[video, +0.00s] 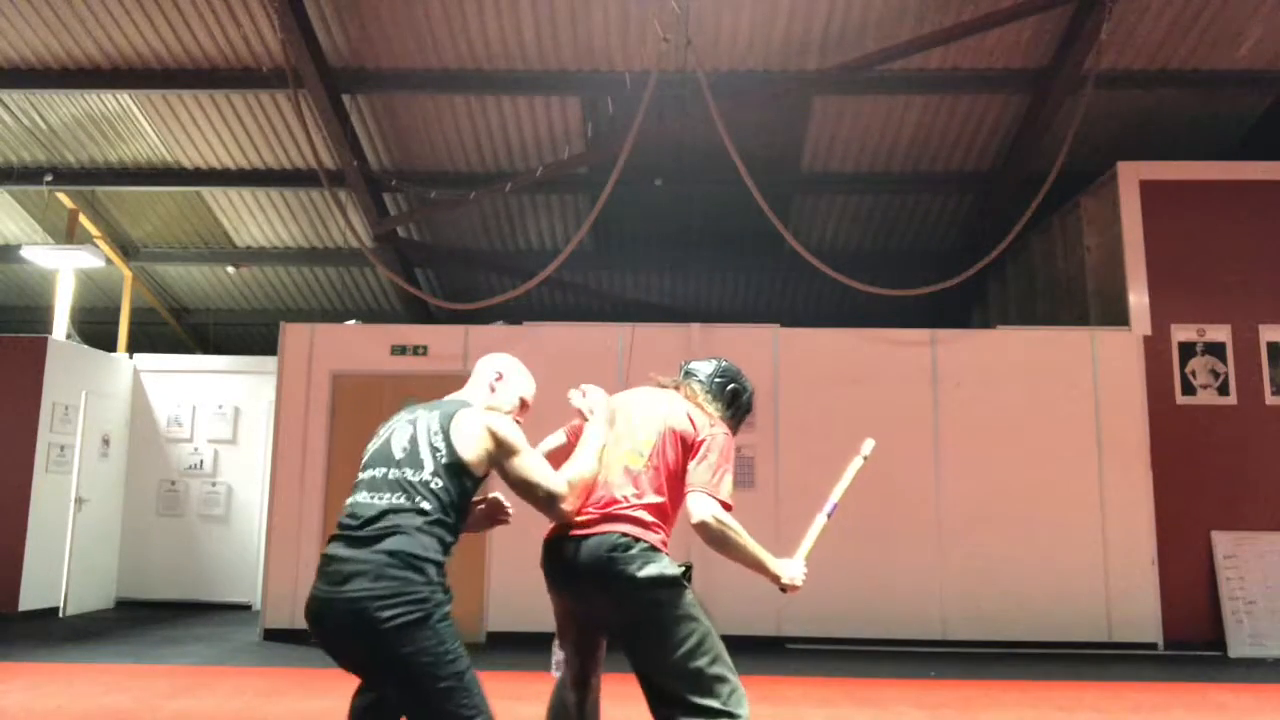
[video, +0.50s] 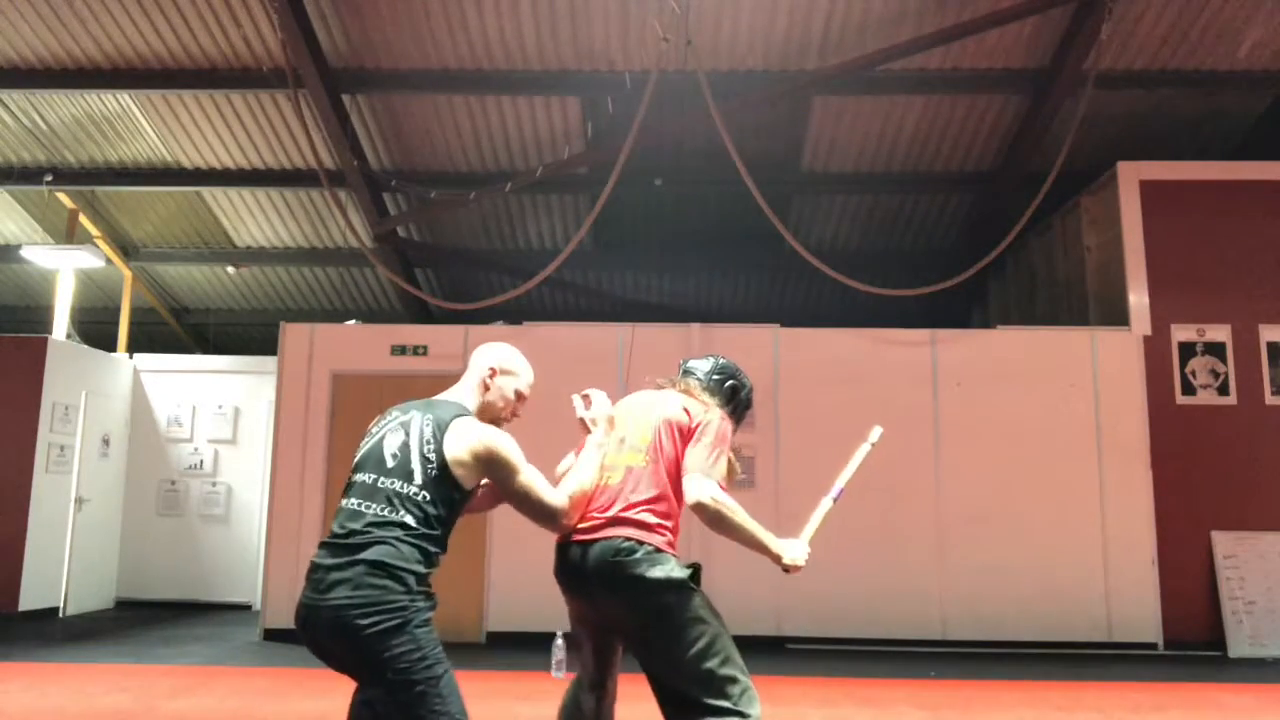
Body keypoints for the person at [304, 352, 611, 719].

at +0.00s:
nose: (520, 417)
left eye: (526, 409)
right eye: (522, 404)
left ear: (477, 378)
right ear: (496, 379)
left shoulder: (399, 421)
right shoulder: (491, 424)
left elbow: (391, 512)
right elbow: (562, 503)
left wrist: (462, 520)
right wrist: (600, 422)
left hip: (329, 601)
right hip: (399, 602)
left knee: (386, 683)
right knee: (467, 711)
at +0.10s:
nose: (519, 417)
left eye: (525, 408)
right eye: (521, 403)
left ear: (475, 378)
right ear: (492, 379)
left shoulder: (397, 423)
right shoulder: (487, 426)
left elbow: (393, 513)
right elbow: (562, 505)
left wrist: (462, 519)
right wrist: (601, 426)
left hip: (327, 602)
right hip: (396, 605)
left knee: (386, 684)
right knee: (460, 711)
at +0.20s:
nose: (520, 413)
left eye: (524, 404)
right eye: (518, 398)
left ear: (479, 377)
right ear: (489, 376)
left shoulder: (392, 422)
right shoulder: (482, 432)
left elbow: (401, 508)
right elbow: (557, 511)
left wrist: (467, 512)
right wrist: (598, 431)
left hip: (324, 606)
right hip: (391, 609)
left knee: (381, 685)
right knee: (450, 713)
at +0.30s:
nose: (519, 413)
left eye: (524, 404)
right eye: (519, 398)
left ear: (480, 377)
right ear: (490, 376)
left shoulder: (391, 422)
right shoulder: (483, 435)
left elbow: (438, 509)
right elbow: (557, 514)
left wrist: (501, 497)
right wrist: (598, 433)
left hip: (322, 607)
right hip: (388, 610)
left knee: (382, 686)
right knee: (448, 713)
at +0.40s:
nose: (519, 412)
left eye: (524, 402)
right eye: (519, 396)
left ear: (483, 376)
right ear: (489, 376)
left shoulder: (391, 419)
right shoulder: (482, 438)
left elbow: (436, 505)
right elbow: (559, 514)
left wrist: (503, 494)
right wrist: (599, 432)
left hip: (320, 605)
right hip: (385, 609)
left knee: (382, 685)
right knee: (444, 712)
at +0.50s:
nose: (519, 411)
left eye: (524, 401)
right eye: (519, 395)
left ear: (483, 375)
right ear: (489, 375)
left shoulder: (391, 417)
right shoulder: (483, 438)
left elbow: (460, 501)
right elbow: (561, 515)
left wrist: (542, 475)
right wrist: (600, 432)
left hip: (319, 606)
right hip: (384, 610)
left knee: (382, 685)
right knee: (443, 712)